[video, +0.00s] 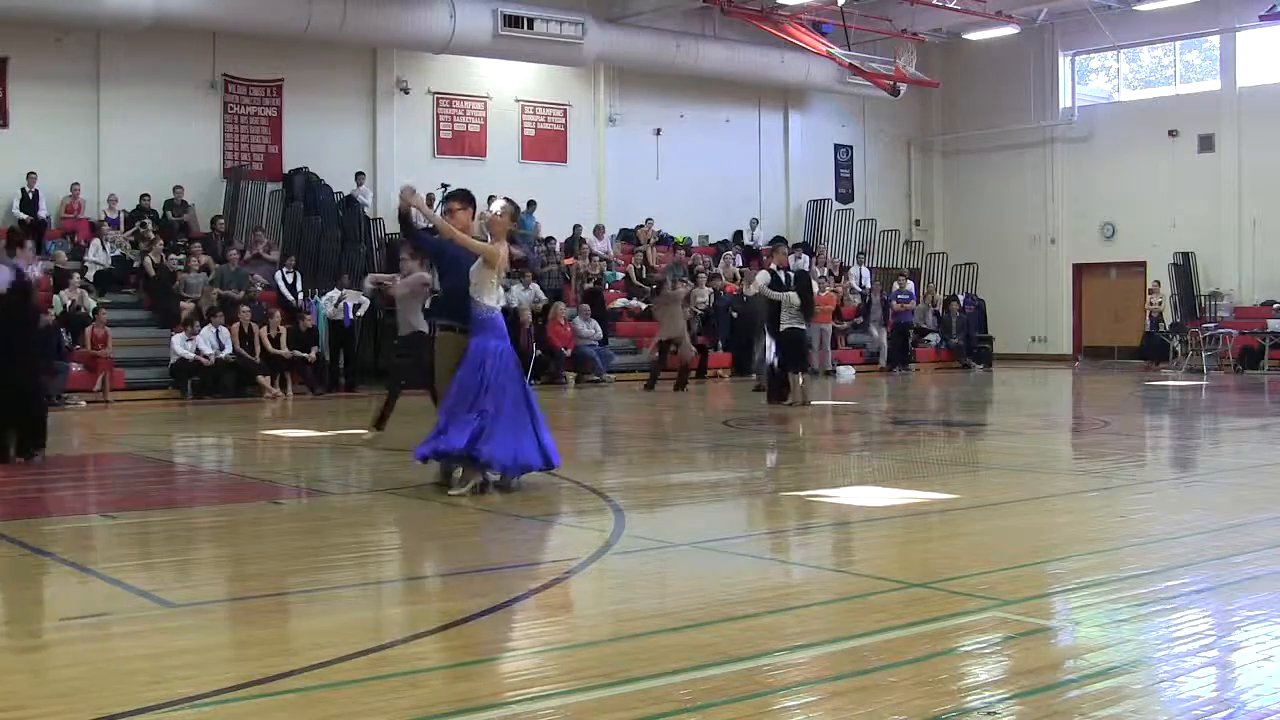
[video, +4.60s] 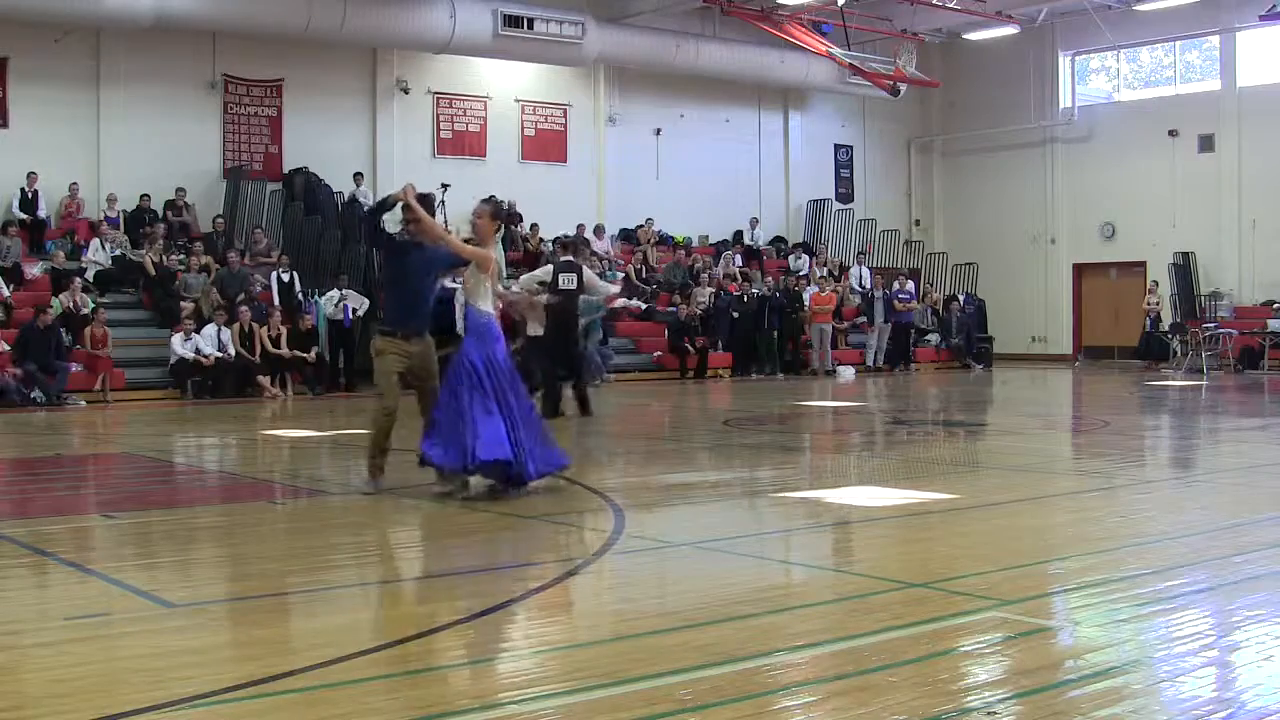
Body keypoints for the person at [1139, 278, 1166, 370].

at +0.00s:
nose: (1154, 288)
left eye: (1156, 286)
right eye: (1153, 286)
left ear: (1159, 287)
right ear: (1151, 287)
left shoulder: (1162, 296)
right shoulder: (1149, 296)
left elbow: (1161, 308)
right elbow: (1146, 307)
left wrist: (1150, 308)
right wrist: (1156, 307)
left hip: (1159, 319)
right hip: (1150, 319)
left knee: (1158, 340)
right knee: (1149, 339)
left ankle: (1157, 361)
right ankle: (1149, 361)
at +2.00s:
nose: (1152, 288)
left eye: (1154, 286)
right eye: (1151, 286)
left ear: (1157, 287)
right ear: (1150, 287)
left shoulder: (1160, 296)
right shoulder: (1148, 296)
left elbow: (1160, 308)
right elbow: (1144, 306)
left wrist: (1149, 307)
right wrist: (1153, 307)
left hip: (1156, 318)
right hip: (1149, 318)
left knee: (1156, 337)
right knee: (1148, 337)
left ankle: (1156, 361)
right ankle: (1149, 360)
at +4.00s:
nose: (1152, 288)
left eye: (1154, 286)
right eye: (1151, 286)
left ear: (1157, 287)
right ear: (1149, 287)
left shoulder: (1160, 297)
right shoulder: (1147, 297)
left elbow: (1160, 308)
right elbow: (1144, 306)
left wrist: (1150, 308)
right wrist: (1153, 307)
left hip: (1157, 318)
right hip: (1149, 318)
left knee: (1156, 338)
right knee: (1148, 338)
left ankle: (1156, 361)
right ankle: (1148, 361)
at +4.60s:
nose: (1151, 288)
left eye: (1153, 286)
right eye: (1150, 286)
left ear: (1157, 287)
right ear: (1149, 287)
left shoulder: (1160, 296)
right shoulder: (1147, 297)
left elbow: (1160, 308)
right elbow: (1144, 306)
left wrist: (1149, 308)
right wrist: (1154, 307)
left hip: (1156, 318)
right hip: (1149, 318)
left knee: (1156, 338)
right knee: (1148, 337)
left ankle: (1155, 361)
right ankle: (1148, 360)